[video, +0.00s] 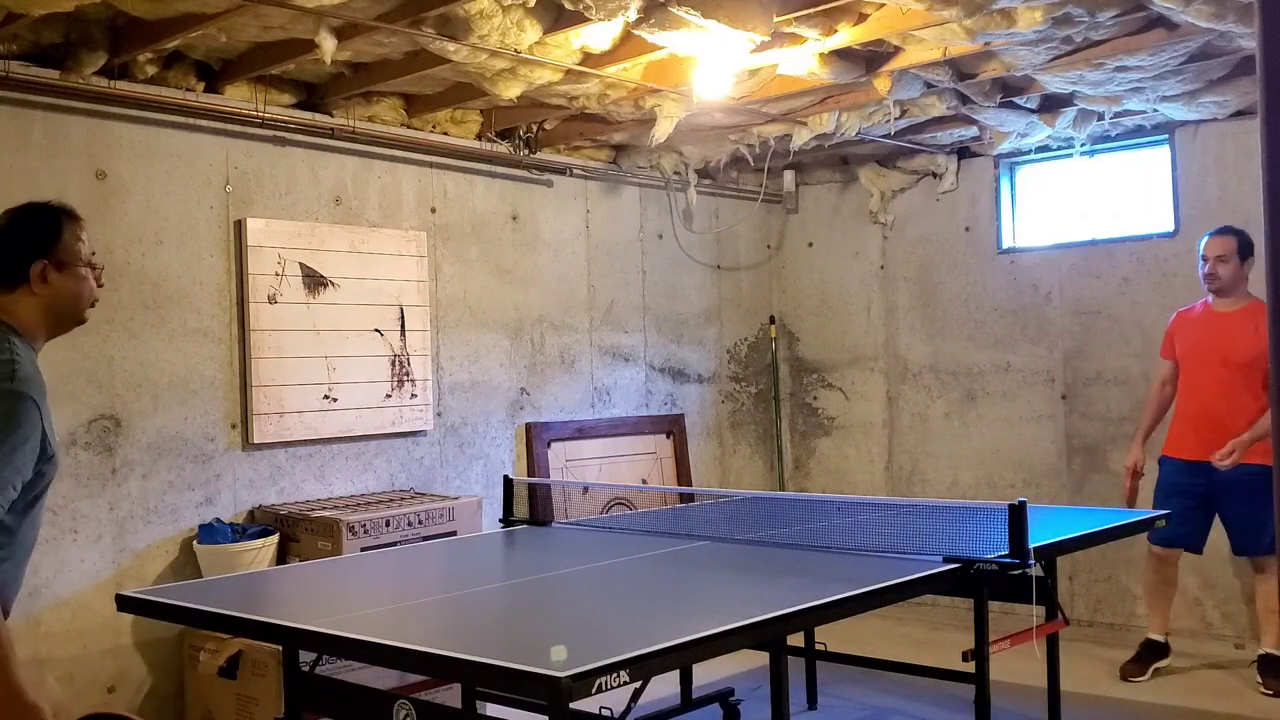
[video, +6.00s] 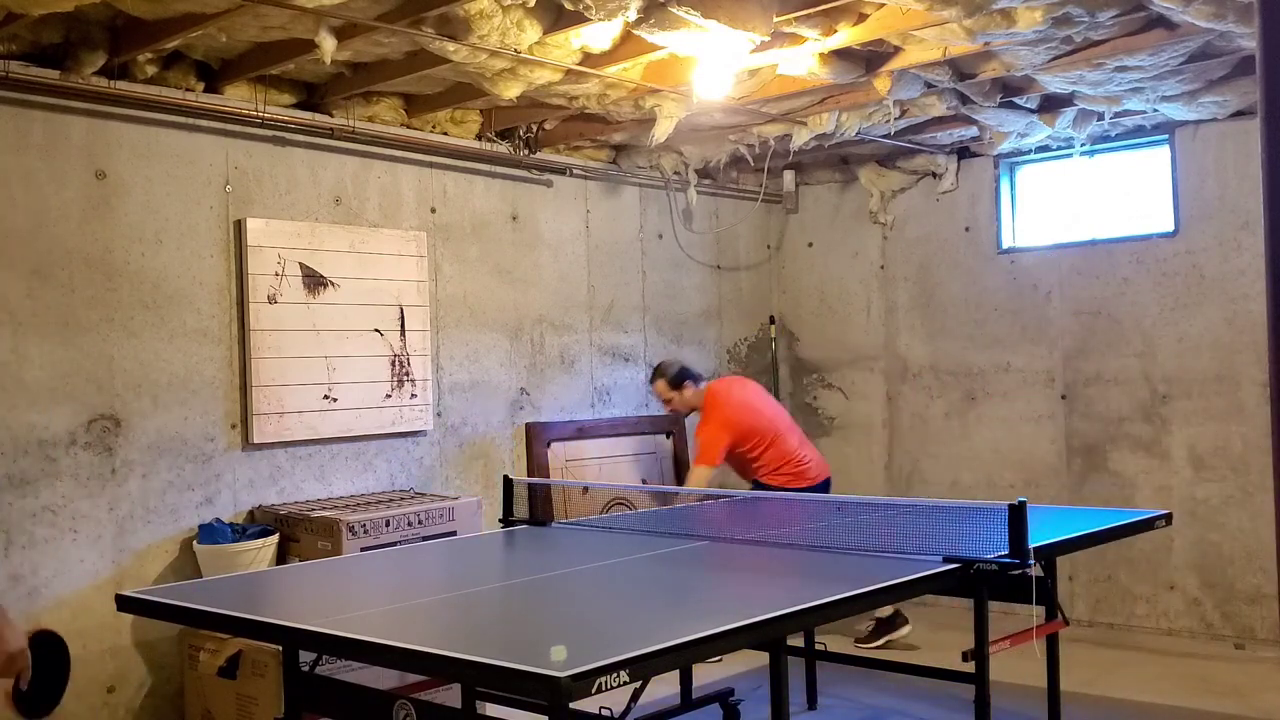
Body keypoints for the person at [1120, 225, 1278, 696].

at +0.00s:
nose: (1210, 268)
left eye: (1220, 260)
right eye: (1205, 260)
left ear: (1246, 266)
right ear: (1199, 265)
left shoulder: (1266, 319)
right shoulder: (1184, 319)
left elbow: (1277, 401)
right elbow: (1164, 385)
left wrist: (1247, 438)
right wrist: (1139, 441)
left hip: (1249, 462)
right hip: (1183, 459)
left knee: (1264, 559)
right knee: (1161, 546)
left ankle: (1270, 654)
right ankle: (1155, 641)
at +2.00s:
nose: (1145, 291)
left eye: (1156, 284)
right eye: (1140, 282)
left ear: (1181, 289)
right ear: (1134, 284)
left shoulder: (1205, 346)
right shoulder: (1113, 334)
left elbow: (1226, 417)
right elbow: (1075, 385)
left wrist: (1236, 489)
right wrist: (1039, 437)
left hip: (1177, 477)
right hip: (1112, 470)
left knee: (1200, 563)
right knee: (1083, 555)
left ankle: (1240, 659)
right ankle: (1056, 641)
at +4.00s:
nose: (1037, 293)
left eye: (1047, 285)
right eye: (1031, 286)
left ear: (1067, 289)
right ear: (1026, 291)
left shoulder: (1096, 343)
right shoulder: (1016, 344)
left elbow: (1124, 407)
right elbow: (999, 398)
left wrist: (1135, 472)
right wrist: (978, 428)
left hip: (1090, 478)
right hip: (1028, 477)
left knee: (1127, 557)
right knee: (997, 551)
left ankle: (1171, 646)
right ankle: (998, 636)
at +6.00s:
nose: (667, 409)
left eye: (667, 401)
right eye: (663, 403)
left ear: (687, 387)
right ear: (689, 385)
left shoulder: (715, 413)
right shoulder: (730, 385)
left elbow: (695, 487)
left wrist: (669, 523)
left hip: (791, 485)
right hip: (809, 475)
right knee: (832, 549)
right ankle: (889, 614)